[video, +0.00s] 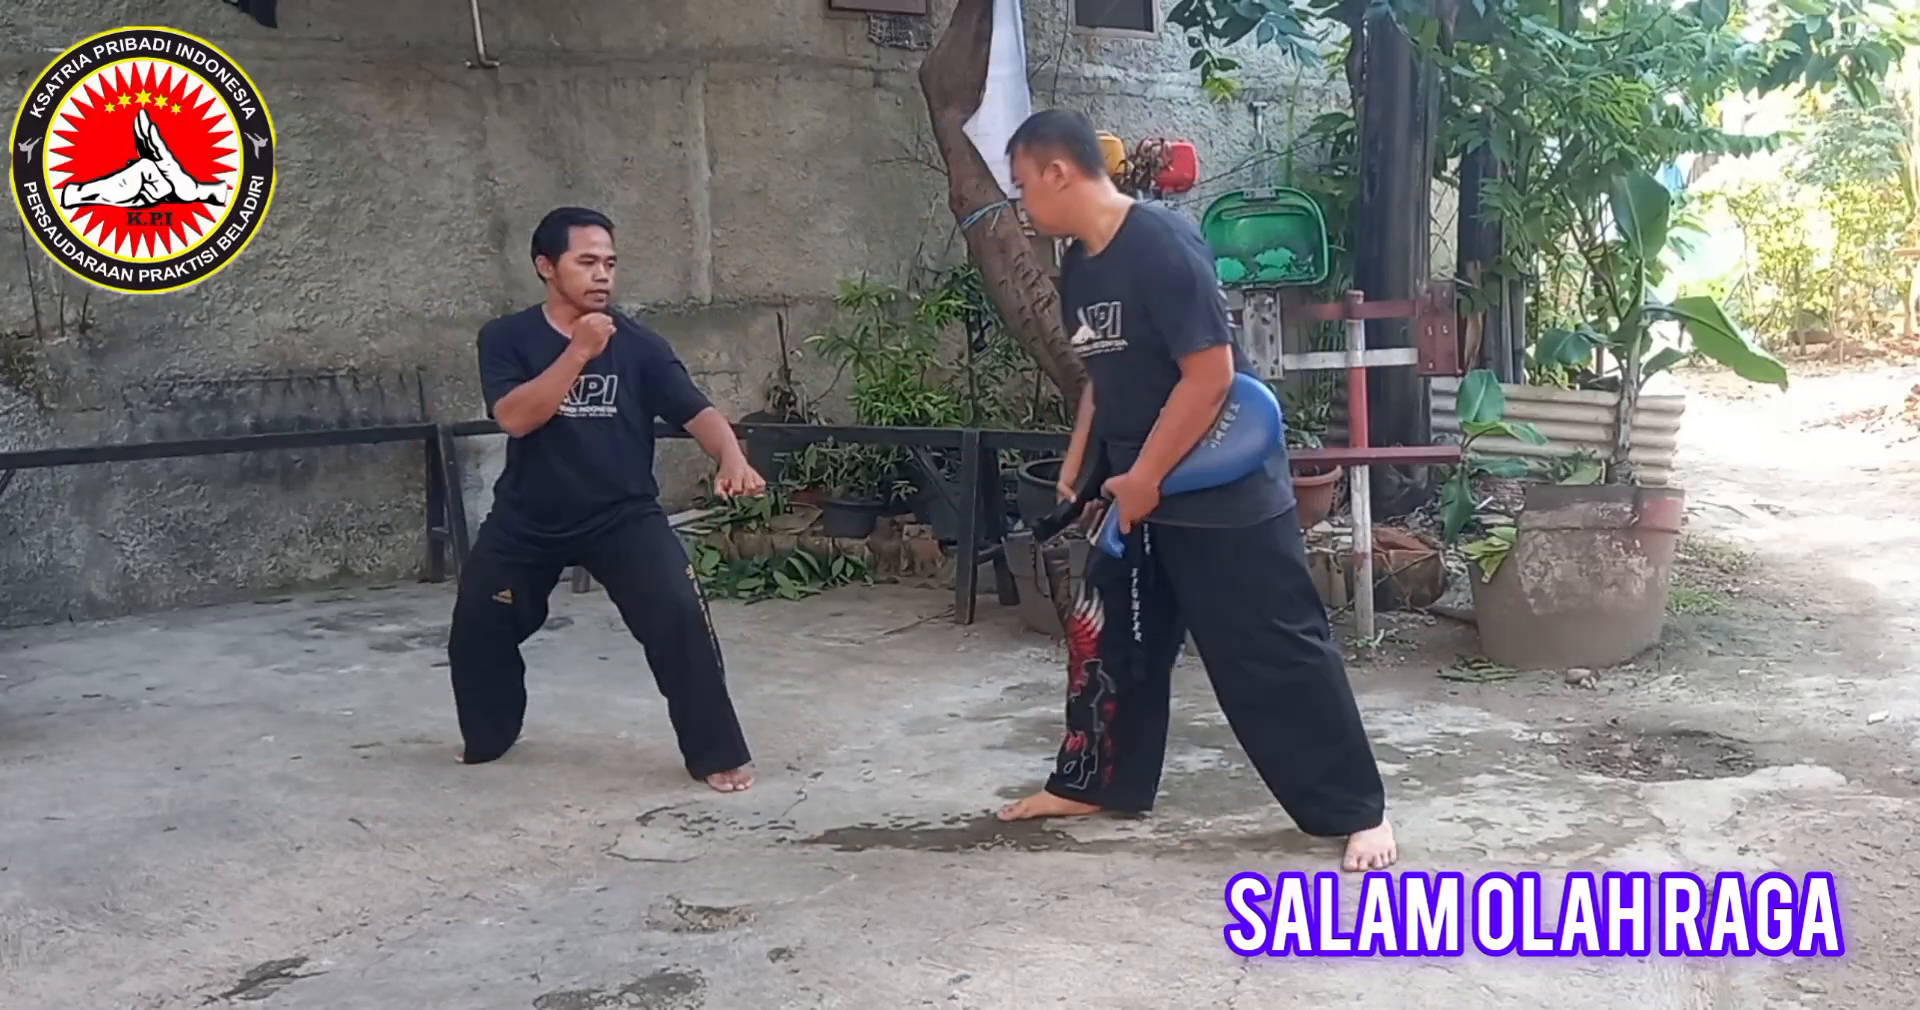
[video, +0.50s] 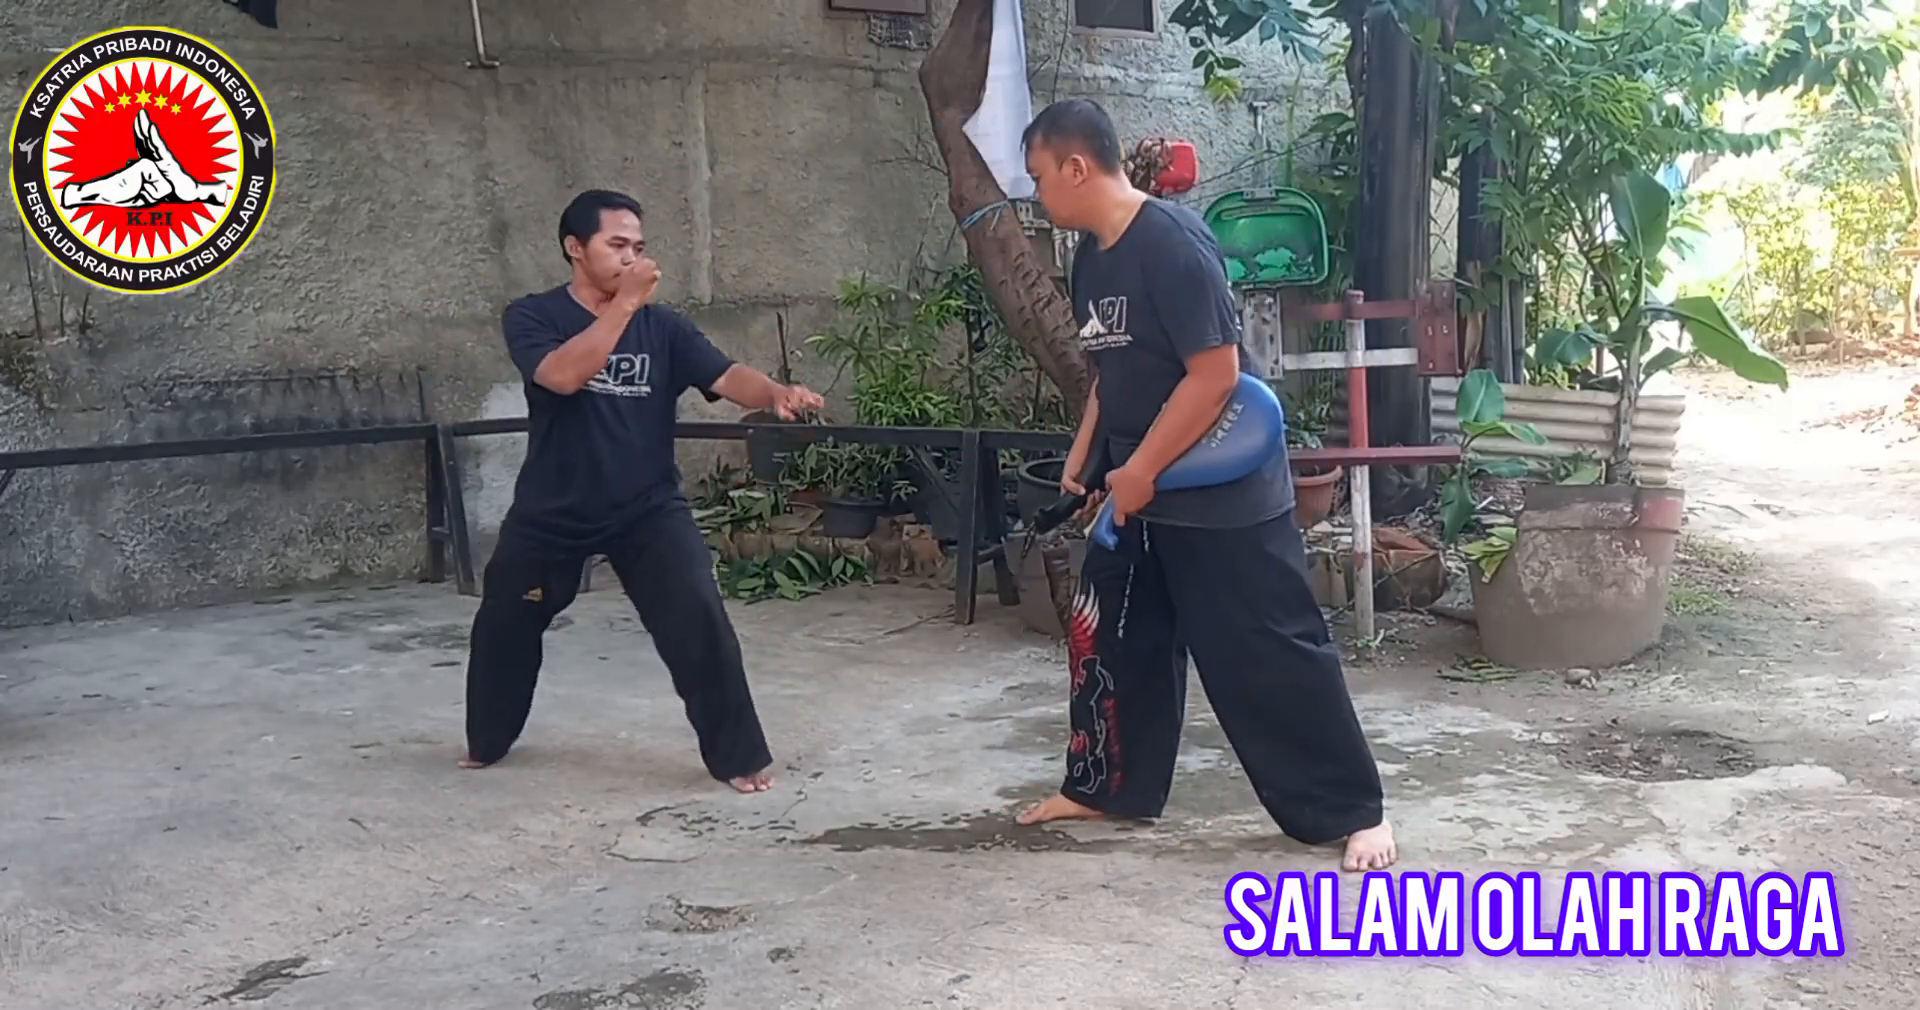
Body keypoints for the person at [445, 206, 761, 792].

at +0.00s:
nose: (604, 273)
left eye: (610, 262)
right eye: (588, 262)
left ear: (616, 267)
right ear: (546, 268)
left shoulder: (639, 345)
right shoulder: (506, 337)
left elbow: (693, 410)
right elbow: (514, 418)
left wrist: (731, 456)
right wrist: (578, 352)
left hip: (624, 515)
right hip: (528, 517)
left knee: (677, 612)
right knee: (477, 625)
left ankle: (717, 754)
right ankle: (488, 736)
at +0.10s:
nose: (604, 255)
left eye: (610, 244)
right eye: (589, 243)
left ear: (617, 250)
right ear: (547, 249)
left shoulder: (638, 329)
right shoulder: (506, 320)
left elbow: (693, 396)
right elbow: (512, 398)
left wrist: (735, 440)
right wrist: (575, 334)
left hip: (625, 502)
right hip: (529, 508)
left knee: (681, 600)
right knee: (488, 618)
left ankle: (722, 744)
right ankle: (484, 725)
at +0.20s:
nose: (623, 253)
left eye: (628, 242)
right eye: (608, 241)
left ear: (633, 250)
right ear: (565, 247)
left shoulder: (653, 327)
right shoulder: (524, 312)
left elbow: (707, 388)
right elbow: (529, 386)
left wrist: (754, 428)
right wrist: (597, 324)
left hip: (645, 505)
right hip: (550, 507)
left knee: (698, 614)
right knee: (504, 623)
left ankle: (729, 758)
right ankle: (480, 741)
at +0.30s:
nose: (641, 264)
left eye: (646, 254)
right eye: (626, 253)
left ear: (650, 262)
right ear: (582, 262)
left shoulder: (668, 340)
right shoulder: (541, 326)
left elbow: (725, 395)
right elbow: (552, 391)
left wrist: (772, 424)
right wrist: (616, 322)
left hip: (658, 516)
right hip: (563, 520)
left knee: (716, 615)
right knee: (512, 630)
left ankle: (734, 761)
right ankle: (486, 742)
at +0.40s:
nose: (646, 259)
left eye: (650, 249)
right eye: (631, 248)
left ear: (654, 257)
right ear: (587, 255)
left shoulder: (671, 335)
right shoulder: (544, 321)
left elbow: (731, 385)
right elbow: (568, 380)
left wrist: (781, 409)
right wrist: (627, 308)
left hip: (661, 513)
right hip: (565, 515)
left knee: (713, 617)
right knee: (510, 625)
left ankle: (740, 757)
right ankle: (486, 737)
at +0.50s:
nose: (633, 256)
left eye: (639, 245)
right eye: (619, 244)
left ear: (644, 252)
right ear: (575, 248)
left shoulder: (661, 325)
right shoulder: (531, 316)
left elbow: (725, 375)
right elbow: (561, 375)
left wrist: (775, 393)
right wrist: (624, 303)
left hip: (648, 507)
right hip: (553, 510)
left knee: (698, 619)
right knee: (502, 625)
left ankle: (738, 755)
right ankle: (486, 738)